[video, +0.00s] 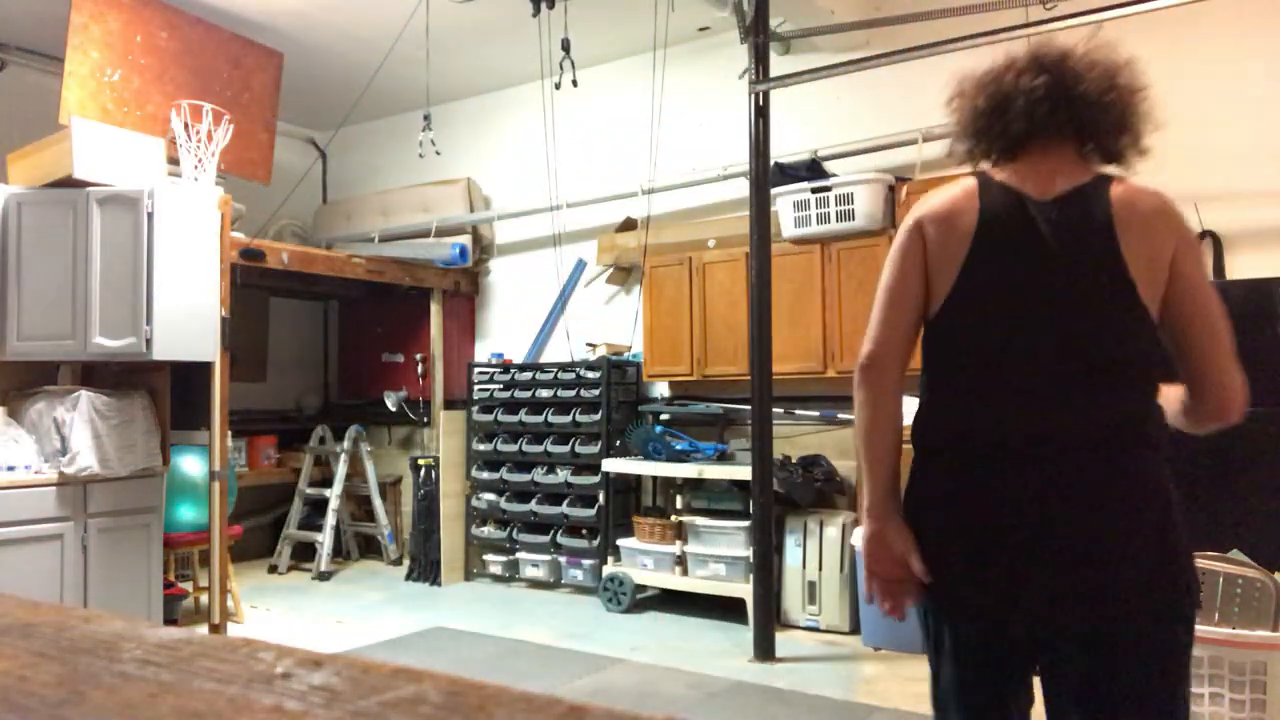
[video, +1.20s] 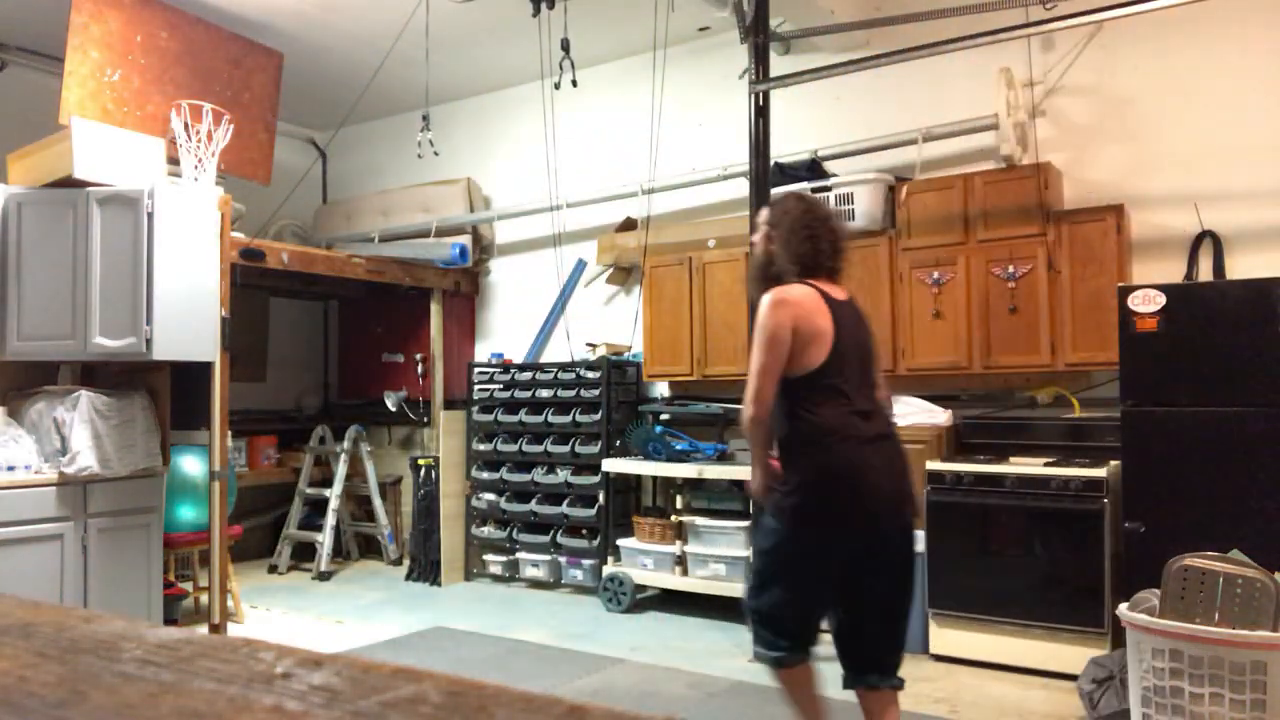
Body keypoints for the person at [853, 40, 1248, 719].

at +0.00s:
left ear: (993, 127)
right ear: (1095, 126)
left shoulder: (938, 217)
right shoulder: (1151, 215)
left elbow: (876, 370)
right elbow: (1221, 403)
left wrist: (879, 514)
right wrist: (1140, 387)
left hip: (969, 546)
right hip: (1121, 548)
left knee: (975, 708)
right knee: (1127, 709)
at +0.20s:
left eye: (940, 177)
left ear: (952, 179)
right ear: (1047, 172)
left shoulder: (919, 260)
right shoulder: (1098, 254)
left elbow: (872, 402)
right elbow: (1160, 407)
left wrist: (869, 521)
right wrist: (1096, 384)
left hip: (961, 559)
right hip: (1088, 553)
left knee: (977, 710)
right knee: (1103, 710)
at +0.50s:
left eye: (889, 206)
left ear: (898, 205)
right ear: (980, 190)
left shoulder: (883, 272)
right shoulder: (1036, 262)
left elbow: (850, 405)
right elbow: (1084, 394)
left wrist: (892, 444)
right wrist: (1019, 395)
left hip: (929, 510)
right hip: (1034, 501)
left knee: (952, 696)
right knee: (1041, 683)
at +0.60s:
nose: (870, 219)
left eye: (876, 208)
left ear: (885, 209)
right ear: (960, 195)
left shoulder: (870, 276)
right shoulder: (1015, 265)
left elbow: (843, 405)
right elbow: (1064, 389)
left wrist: (900, 430)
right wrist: (998, 402)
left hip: (920, 494)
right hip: (1016, 486)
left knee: (943, 683)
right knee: (1013, 678)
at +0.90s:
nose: (814, 241)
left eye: (818, 231)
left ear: (831, 236)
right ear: (897, 229)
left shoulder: (823, 302)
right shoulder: (943, 293)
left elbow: (802, 420)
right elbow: (997, 395)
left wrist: (849, 462)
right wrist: (946, 440)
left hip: (875, 489)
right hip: (953, 484)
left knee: (902, 678)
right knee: (922, 672)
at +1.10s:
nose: (780, 241)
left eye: (787, 232)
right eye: (783, 230)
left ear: (800, 244)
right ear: (853, 243)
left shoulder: (794, 306)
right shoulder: (879, 305)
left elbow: (770, 417)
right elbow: (922, 399)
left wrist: (793, 472)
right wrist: (874, 435)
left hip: (837, 489)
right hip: (907, 483)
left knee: (812, 632)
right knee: (886, 640)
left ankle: (876, 712)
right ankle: (890, 715)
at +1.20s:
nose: (753, 240)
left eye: (761, 231)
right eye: (756, 229)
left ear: (783, 240)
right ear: (820, 241)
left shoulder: (781, 302)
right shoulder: (846, 302)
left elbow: (757, 408)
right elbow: (874, 394)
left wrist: (759, 467)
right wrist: (793, 462)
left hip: (819, 491)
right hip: (884, 487)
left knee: (776, 623)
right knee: (871, 642)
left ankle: (814, 712)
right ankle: (884, 714)